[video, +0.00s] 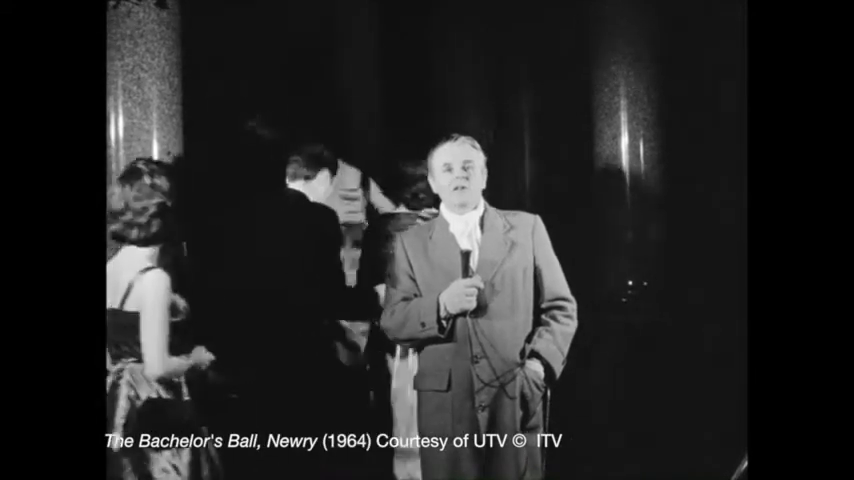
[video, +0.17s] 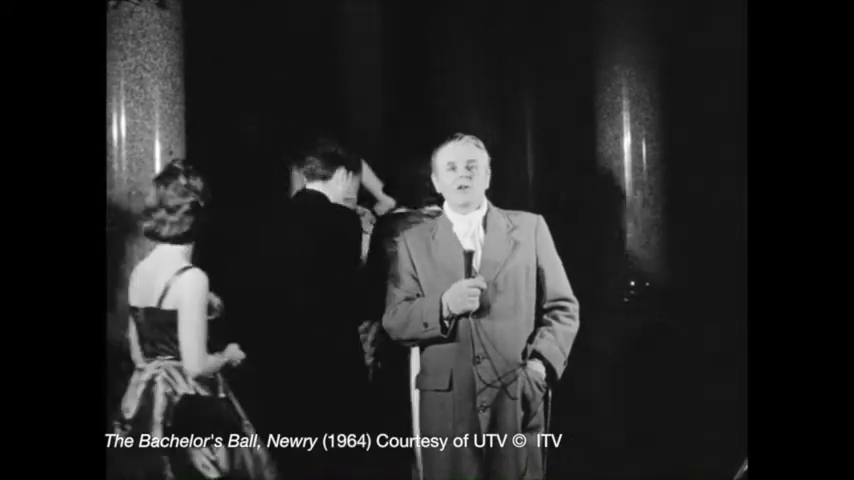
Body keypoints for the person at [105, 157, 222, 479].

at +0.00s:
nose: (180, 221)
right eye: (177, 213)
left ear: (121, 212)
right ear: (164, 218)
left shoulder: (113, 267)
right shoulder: (153, 279)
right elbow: (156, 368)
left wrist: (161, 307)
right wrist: (194, 360)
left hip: (116, 404)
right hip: (149, 411)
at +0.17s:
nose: (212, 223)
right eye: (209, 215)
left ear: (155, 213)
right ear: (200, 220)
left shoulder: (140, 272)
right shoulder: (191, 279)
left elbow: (138, 357)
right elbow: (196, 365)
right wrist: (226, 356)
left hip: (148, 406)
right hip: (189, 409)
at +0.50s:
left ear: (225, 211)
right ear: (273, 213)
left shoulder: (207, 269)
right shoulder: (272, 273)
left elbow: (195, 341)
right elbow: (281, 357)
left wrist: (205, 386)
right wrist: (301, 343)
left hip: (213, 390)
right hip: (259, 397)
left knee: (212, 469)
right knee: (258, 471)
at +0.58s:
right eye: (292, 204)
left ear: (238, 208)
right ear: (288, 211)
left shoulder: (220, 266)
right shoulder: (290, 270)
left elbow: (205, 340)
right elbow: (300, 351)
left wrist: (214, 387)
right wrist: (316, 336)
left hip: (228, 383)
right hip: (275, 388)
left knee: (231, 465)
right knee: (276, 467)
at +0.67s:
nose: (309, 211)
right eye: (305, 204)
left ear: (254, 207)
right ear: (299, 210)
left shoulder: (233, 264)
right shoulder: (305, 267)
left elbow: (214, 337)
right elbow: (317, 349)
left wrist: (219, 390)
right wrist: (332, 341)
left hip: (242, 382)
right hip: (290, 385)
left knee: (247, 463)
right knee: (293, 465)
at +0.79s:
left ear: (270, 207)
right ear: (316, 207)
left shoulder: (251, 264)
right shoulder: (327, 266)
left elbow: (230, 335)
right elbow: (339, 345)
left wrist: (231, 390)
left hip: (261, 373)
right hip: (308, 374)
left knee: (268, 457)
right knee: (313, 459)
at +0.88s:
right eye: (332, 201)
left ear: (281, 208)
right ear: (328, 209)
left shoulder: (262, 266)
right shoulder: (338, 267)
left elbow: (242, 338)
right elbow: (351, 345)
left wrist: (241, 393)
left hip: (273, 376)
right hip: (320, 379)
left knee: (280, 462)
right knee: (327, 464)